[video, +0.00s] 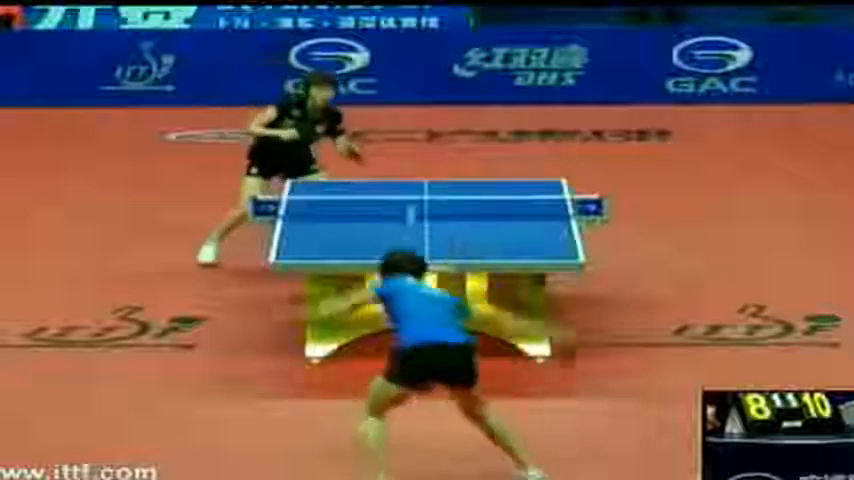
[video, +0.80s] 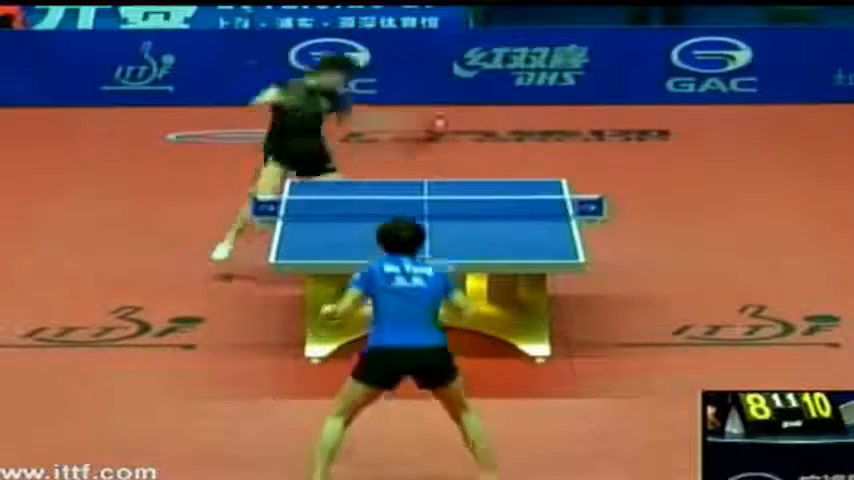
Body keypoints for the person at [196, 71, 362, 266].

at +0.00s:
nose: (324, 96)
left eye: (328, 91)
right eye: (320, 90)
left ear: (333, 94)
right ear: (309, 90)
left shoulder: (331, 117)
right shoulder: (287, 106)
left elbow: (340, 142)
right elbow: (253, 128)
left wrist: (349, 150)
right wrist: (280, 133)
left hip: (298, 159)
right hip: (266, 158)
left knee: (327, 196)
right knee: (250, 207)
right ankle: (213, 241)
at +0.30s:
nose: (314, 114)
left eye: (316, 109)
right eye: (309, 108)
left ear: (319, 113)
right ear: (297, 109)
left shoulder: (310, 138)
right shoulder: (273, 124)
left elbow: (320, 167)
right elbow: (250, 147)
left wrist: (342, 176)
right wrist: (288, 149)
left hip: (268, 176)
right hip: (240, 173)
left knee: (298, 207)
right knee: (241, 221)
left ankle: (296, 261)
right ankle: (198, 263)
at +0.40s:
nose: (316, 116)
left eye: (320, 111)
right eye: (312, 110)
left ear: (322, 114)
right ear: (299, 109)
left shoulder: (306, 136)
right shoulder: (277, 124)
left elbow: (315, 167)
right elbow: (267, 148)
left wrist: (342, 179)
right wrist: (310, 150)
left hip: (261, 176)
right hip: (235, 176)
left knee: (302, 194)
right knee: (243, 226)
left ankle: (294, 254)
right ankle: (198, 263)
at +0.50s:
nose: (329, 112)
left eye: (330, 107)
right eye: (326, 107)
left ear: (319, 110)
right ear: (313, 107)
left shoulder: (306, 124)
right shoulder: (301, 123)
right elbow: (314, 144)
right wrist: (348, 154)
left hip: (270, 172)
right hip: (246, 173)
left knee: (301, 203)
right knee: (249, 226)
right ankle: (199, 260)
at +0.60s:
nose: (343, 108)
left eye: (343, 103)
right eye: (339, 102)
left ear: (322, 103)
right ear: (324, 102)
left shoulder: (305, 114)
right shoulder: (318, 120)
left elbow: (282, 118)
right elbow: (322, 137)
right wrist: (343, 151)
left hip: (280, 169)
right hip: (261, 171)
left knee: (313, 195)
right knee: (261, 224)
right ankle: (201, 259)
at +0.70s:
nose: (350, 91)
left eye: (350, 86)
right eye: (346, 86)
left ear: (340, 89)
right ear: (332, 87)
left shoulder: (330, 109)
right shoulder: (310, 104)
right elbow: (280, 107)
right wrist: (292, 117)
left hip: (303, 162)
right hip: (276, 161)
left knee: (333, 191)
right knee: (260, 212)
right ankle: (215, 251)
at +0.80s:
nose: (338, 82)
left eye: (341, 78)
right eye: (335, 76)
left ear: (341, 81)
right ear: (323, 73)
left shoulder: (331, 98)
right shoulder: (289, 90)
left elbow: (342, 127)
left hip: (312, 150)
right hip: (281, 150)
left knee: (337, 194)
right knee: (262, 198)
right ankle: (229, 240)